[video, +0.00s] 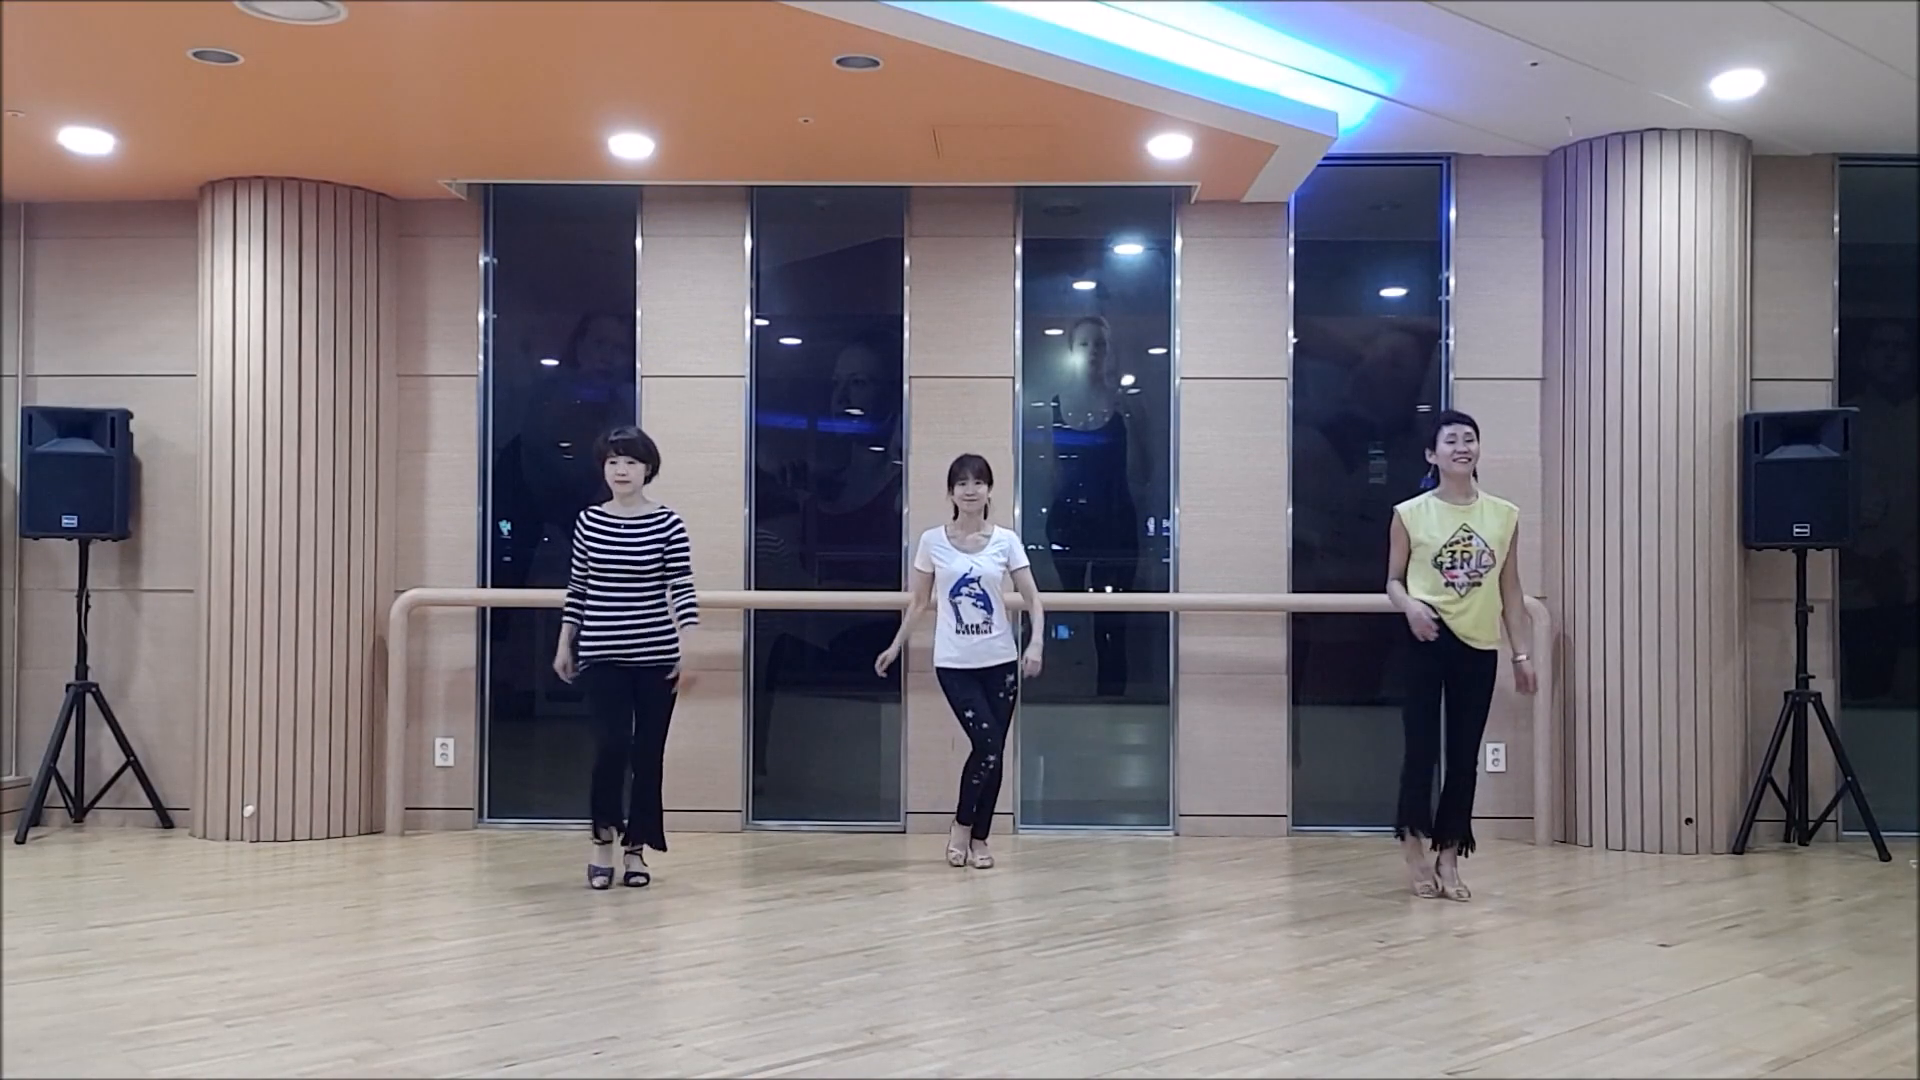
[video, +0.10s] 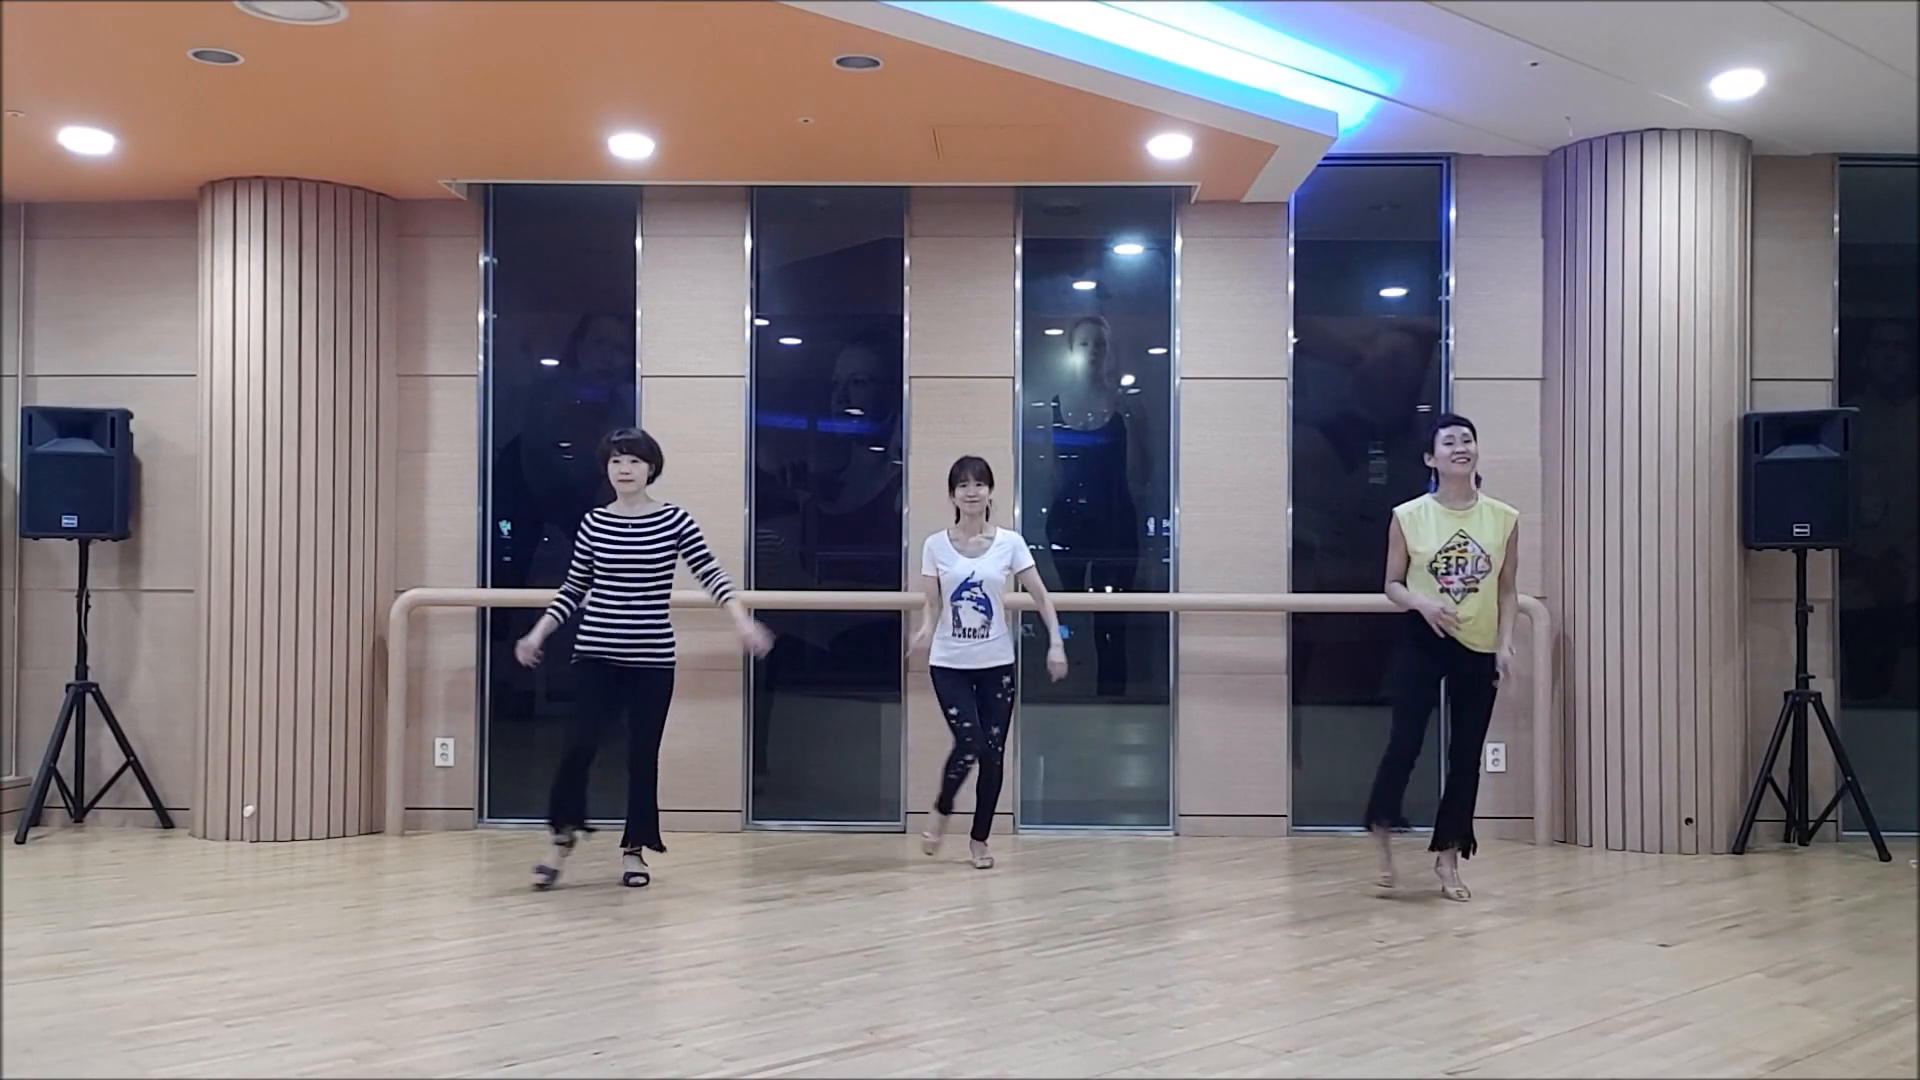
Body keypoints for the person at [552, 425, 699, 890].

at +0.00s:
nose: (620, 470)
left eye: (631, 462)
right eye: (613, 462)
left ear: (648, 469)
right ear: (604, 468)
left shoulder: (666, 522)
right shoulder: (589, 520)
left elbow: (682, 587)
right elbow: (577, 586)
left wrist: (689, 650)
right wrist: (564, 642)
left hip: (657, 655)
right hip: (602, 655)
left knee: (648, 755)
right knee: (612, 746)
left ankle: (635, 850)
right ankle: (602, 842)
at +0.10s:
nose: (624, 468)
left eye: (634, 460)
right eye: (617, 461)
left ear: (652, 467)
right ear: (606, 468)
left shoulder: (675, 520)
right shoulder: (594, 522)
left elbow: (710, 572)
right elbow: (574, 587)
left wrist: (744, 619)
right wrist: (537, 633)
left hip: (652, 657)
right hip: (595, 653)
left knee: (642, 756)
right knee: (580, 744)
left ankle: (634, 851)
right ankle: (562, 837)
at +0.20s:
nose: (626, 468)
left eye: (636, 461)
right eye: (619, 461)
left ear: (654, 468)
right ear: (608, 469)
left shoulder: (680, 519)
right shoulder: (597, 525)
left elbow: (731, 556)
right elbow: (569, 585)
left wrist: (777, 571)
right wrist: (519, 608)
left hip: (646, 658)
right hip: (590, 652)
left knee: (630, 758)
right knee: (559, 745)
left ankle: (633, 855)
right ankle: (520, 850)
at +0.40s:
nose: (630, 464)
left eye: (639, 457)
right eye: (623, 457)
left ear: (656, 467)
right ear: (611, 465)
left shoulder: (677, 519)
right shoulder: (596, 520)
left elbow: (720, 569)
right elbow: (560, 578)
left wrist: (736, 553)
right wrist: (508, 594)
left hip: (651, 658)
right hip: (593, 652)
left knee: (638, 757)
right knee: (564, 747)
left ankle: (633, 854)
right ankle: (530, 847)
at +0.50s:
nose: (629, 463)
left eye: (639, 457)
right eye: (621, 456)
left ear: (656, 467)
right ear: (611, 465)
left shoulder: (671, 522)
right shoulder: (592, 517)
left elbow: (701, 591)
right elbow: (562, 577)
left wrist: (696, 571)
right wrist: (515, 601)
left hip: (657, 653)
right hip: (602, 652)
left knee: (649, 756)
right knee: (601, 747)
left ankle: (635, 851)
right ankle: (574, 840)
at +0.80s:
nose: (630, 459)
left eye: (640, 453)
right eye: (623, 452)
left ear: (656, 465)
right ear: (611, 462)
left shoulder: (674, 515)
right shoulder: (596, 515)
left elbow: (679, 578)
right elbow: (575, 581)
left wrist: (635, 547)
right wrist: (524, 608)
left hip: (650, 652)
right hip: (594, 647)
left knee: (641, 752)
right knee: (572, 743)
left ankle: (633, 851)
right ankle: (537, 847)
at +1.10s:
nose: (642, 465)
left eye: (652, 459)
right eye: (635, 459)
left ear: (669, 469)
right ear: (624, 469)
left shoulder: (685, 518)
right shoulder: (609, 519)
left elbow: (678, 553)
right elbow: (582, 579)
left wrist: (649, 546)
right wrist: (528, 599)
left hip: (653, 659)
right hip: (596, 651)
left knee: (639, 757)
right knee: (561, 747)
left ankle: (630, 854)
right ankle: (527, 851)